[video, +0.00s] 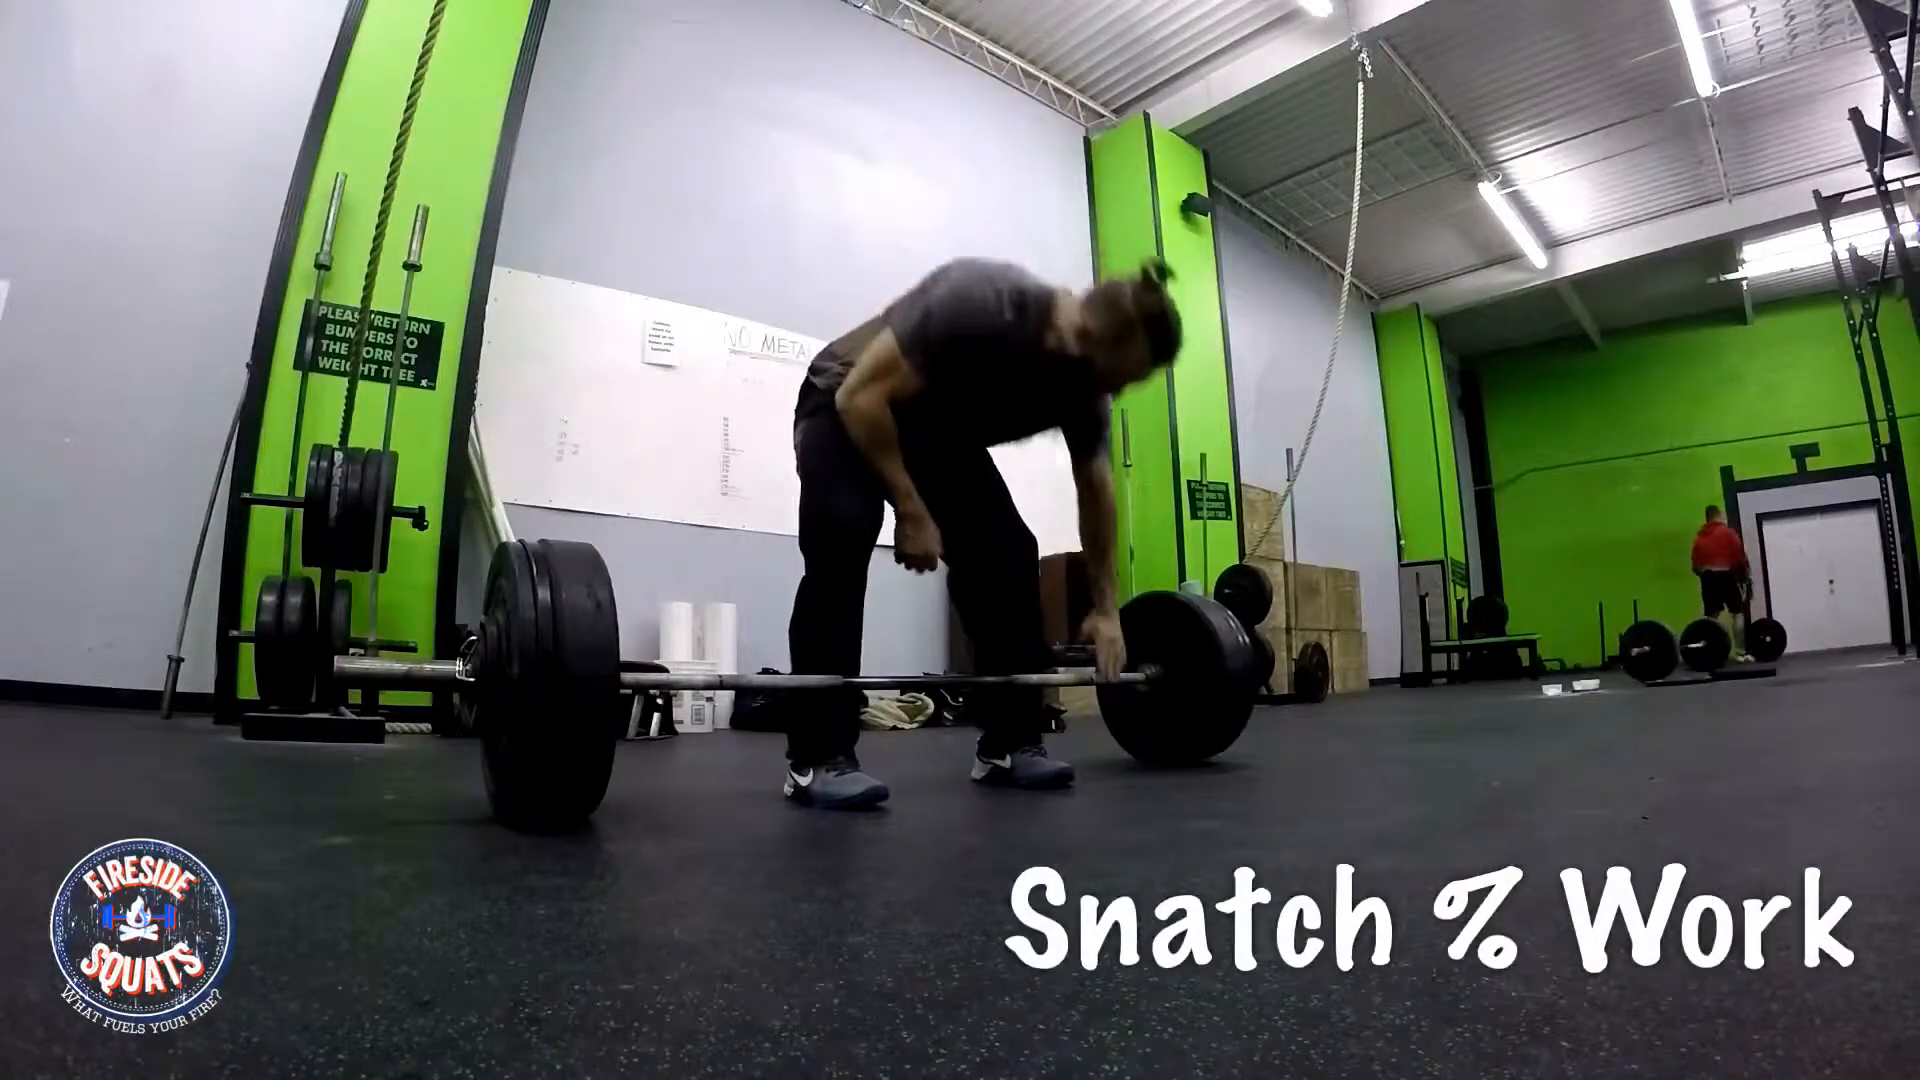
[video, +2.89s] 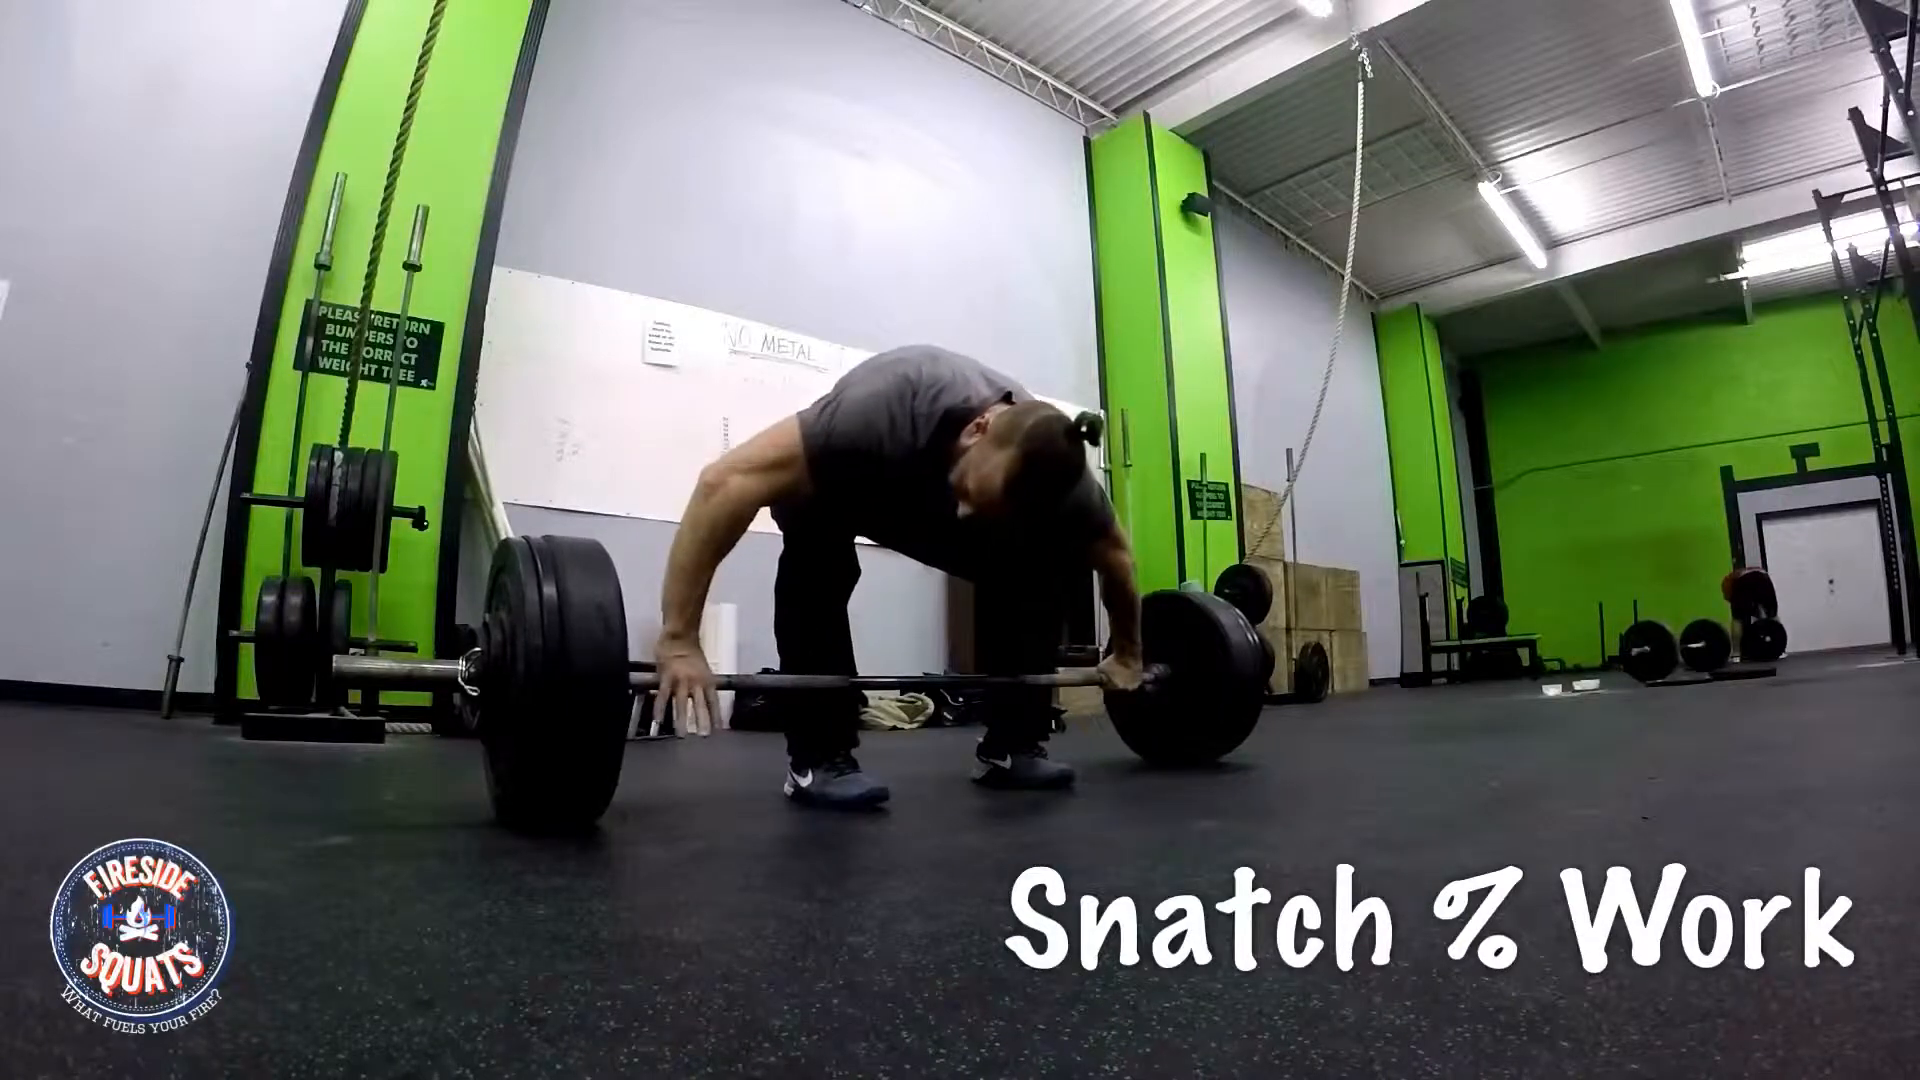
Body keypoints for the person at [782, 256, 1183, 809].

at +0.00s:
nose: (1112, 389)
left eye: (1121, 382)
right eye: (1113, 374)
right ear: (1086, 328)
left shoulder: (1085, 383)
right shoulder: (975, 299)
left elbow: (1095, 489)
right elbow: (859, 398)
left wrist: (1104, 606)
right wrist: (911, 511)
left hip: (943, 430)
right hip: (851, 402)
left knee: (1006, 554)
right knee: (838, 561)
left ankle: (1008, 744)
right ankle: (819, 759)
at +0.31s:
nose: (1127, 455)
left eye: (1137, 451)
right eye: (1129, 444)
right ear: (1104, 402)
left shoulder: (1104, 426)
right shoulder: (1001, 342)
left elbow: (1120, 531)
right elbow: (869, 411)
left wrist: (1117, 648)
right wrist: (925, 525)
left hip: (959, 442)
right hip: (862, 407)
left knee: (1018, 559)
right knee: (847, 554)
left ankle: (1009, 743)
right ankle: (818, 758)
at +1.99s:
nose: (1071, 442)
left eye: (1091, 441)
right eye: (1077, 422)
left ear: (1117, 434)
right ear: (1072, 368)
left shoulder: (1100, 435)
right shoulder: (979, 345)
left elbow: (1124, 542)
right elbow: (829, 402)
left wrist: (1119, 652)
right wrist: (855, 544)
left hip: (952, 458)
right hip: (862, 428)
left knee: (1024, 559)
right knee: (847, 561)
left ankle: (1011, 744)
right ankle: (819, 760)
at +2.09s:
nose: (1051, 448)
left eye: (1071, 451)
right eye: (1058, 428)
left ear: (1103, 446)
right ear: (1056, 377)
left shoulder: (1092, 451)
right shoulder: (960, 356)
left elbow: (1123, 550)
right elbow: (811, 418)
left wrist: (1119, 656)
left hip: (945, 460)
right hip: (856, 433)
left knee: (1025, 559)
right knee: (840, 571)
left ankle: (1009, 746)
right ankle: (819, 760)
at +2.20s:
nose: (1029, 473)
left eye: (1053, 472)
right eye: (1033, 452)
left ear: (1094, 462)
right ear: (1035, 395)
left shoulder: (1081, 453)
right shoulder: (936, 377)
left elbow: (1121, 551)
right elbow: (788, 443)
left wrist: (1118, 651)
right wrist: (715, 590)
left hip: (938, 456)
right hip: (843, 433)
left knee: (1025, 557)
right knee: (835, 569)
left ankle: (1011, 744)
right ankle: (820, 761)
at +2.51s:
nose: (974, 515)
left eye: (991, 516)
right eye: (976, 497)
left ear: (1051, 497)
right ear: (985, 434)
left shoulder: (1066, 492)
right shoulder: (886, 414)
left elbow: (1118, 562)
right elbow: (730, 481)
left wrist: (1124, 653)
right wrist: (678, 636)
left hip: (921, 490)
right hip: (836, 459)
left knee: (1028, 564)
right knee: (816, 555)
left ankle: (1011, 746)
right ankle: (820, 761)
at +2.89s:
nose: (970, 510)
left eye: (984, 511)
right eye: (970, 491)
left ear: (1051, 490)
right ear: (978, 428)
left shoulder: (1070, 490)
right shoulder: (888, 407)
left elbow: (1117, 562)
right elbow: (724, 483)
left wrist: (1127, 652)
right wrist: (678, 638)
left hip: (919, 501)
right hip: (840, 475)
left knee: (1036, 564)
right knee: (817, 553)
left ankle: (1011, 746)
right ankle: (821, 761)